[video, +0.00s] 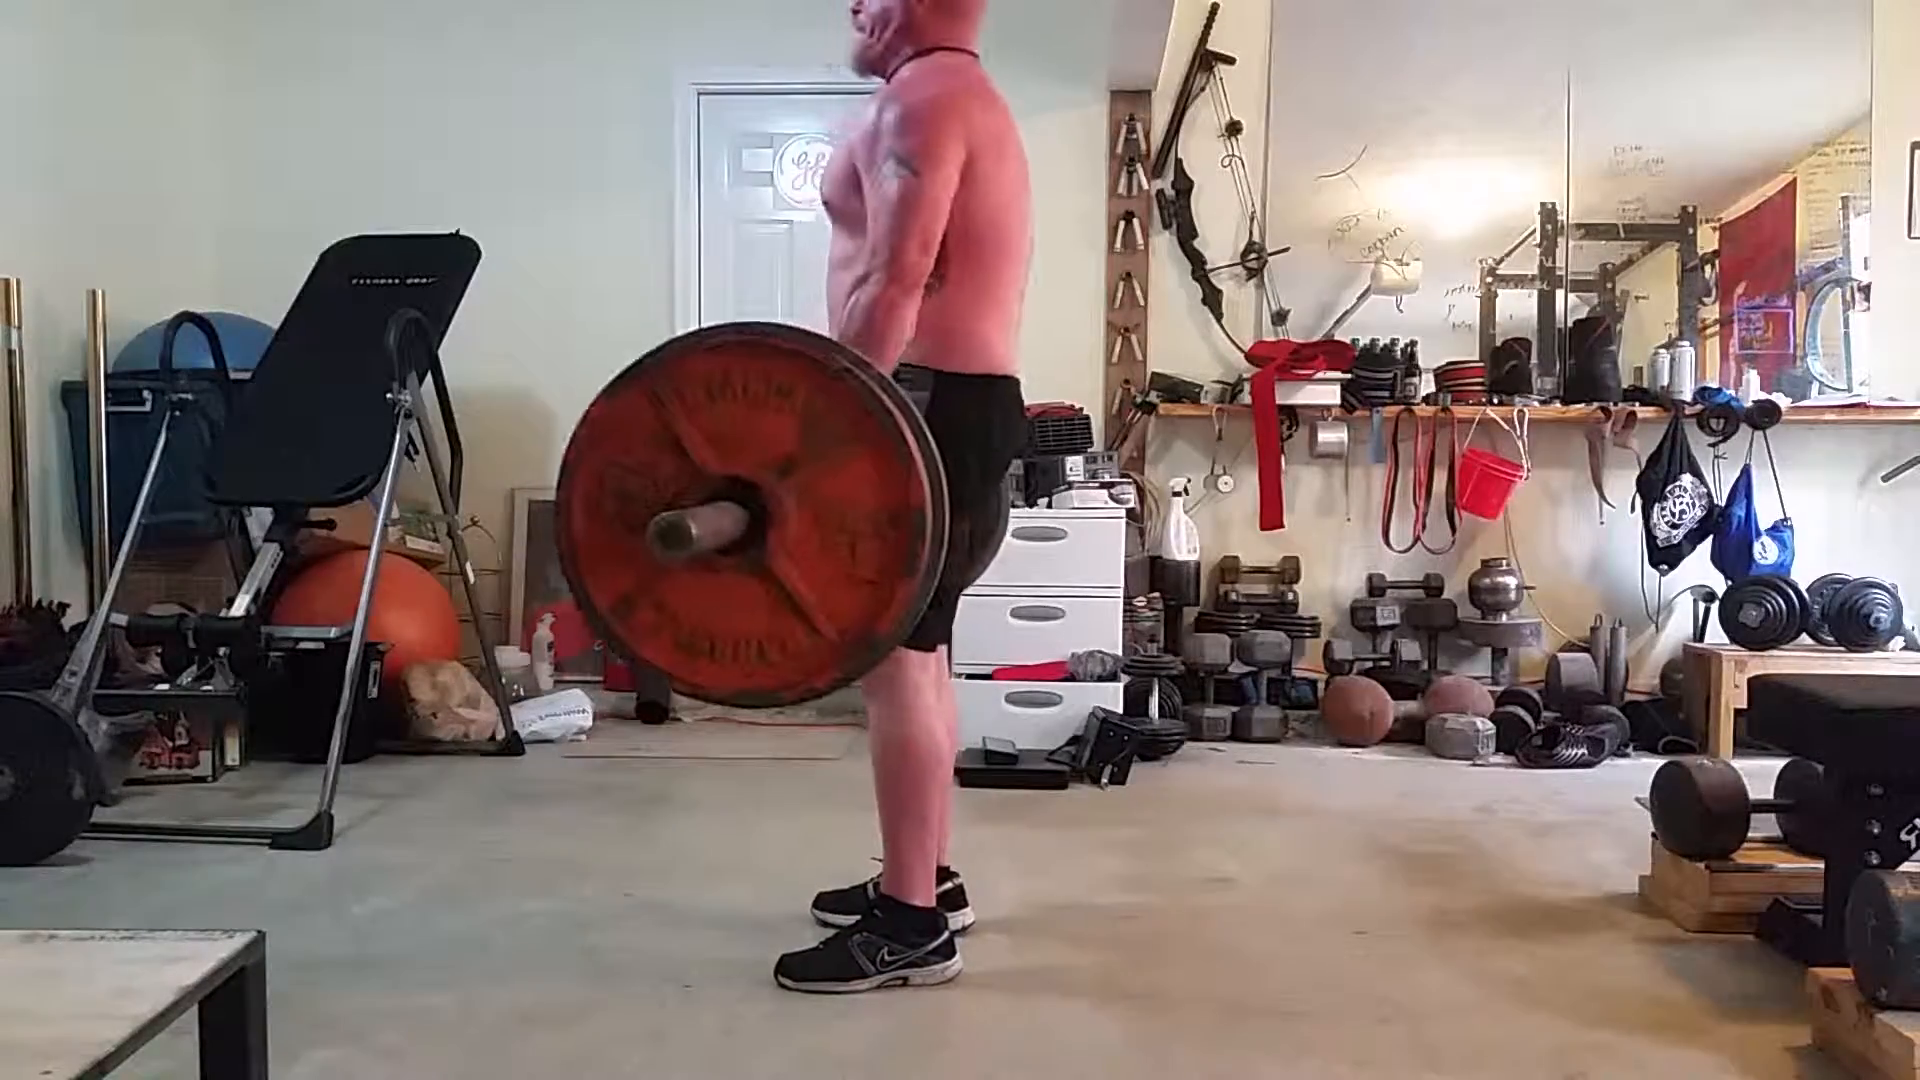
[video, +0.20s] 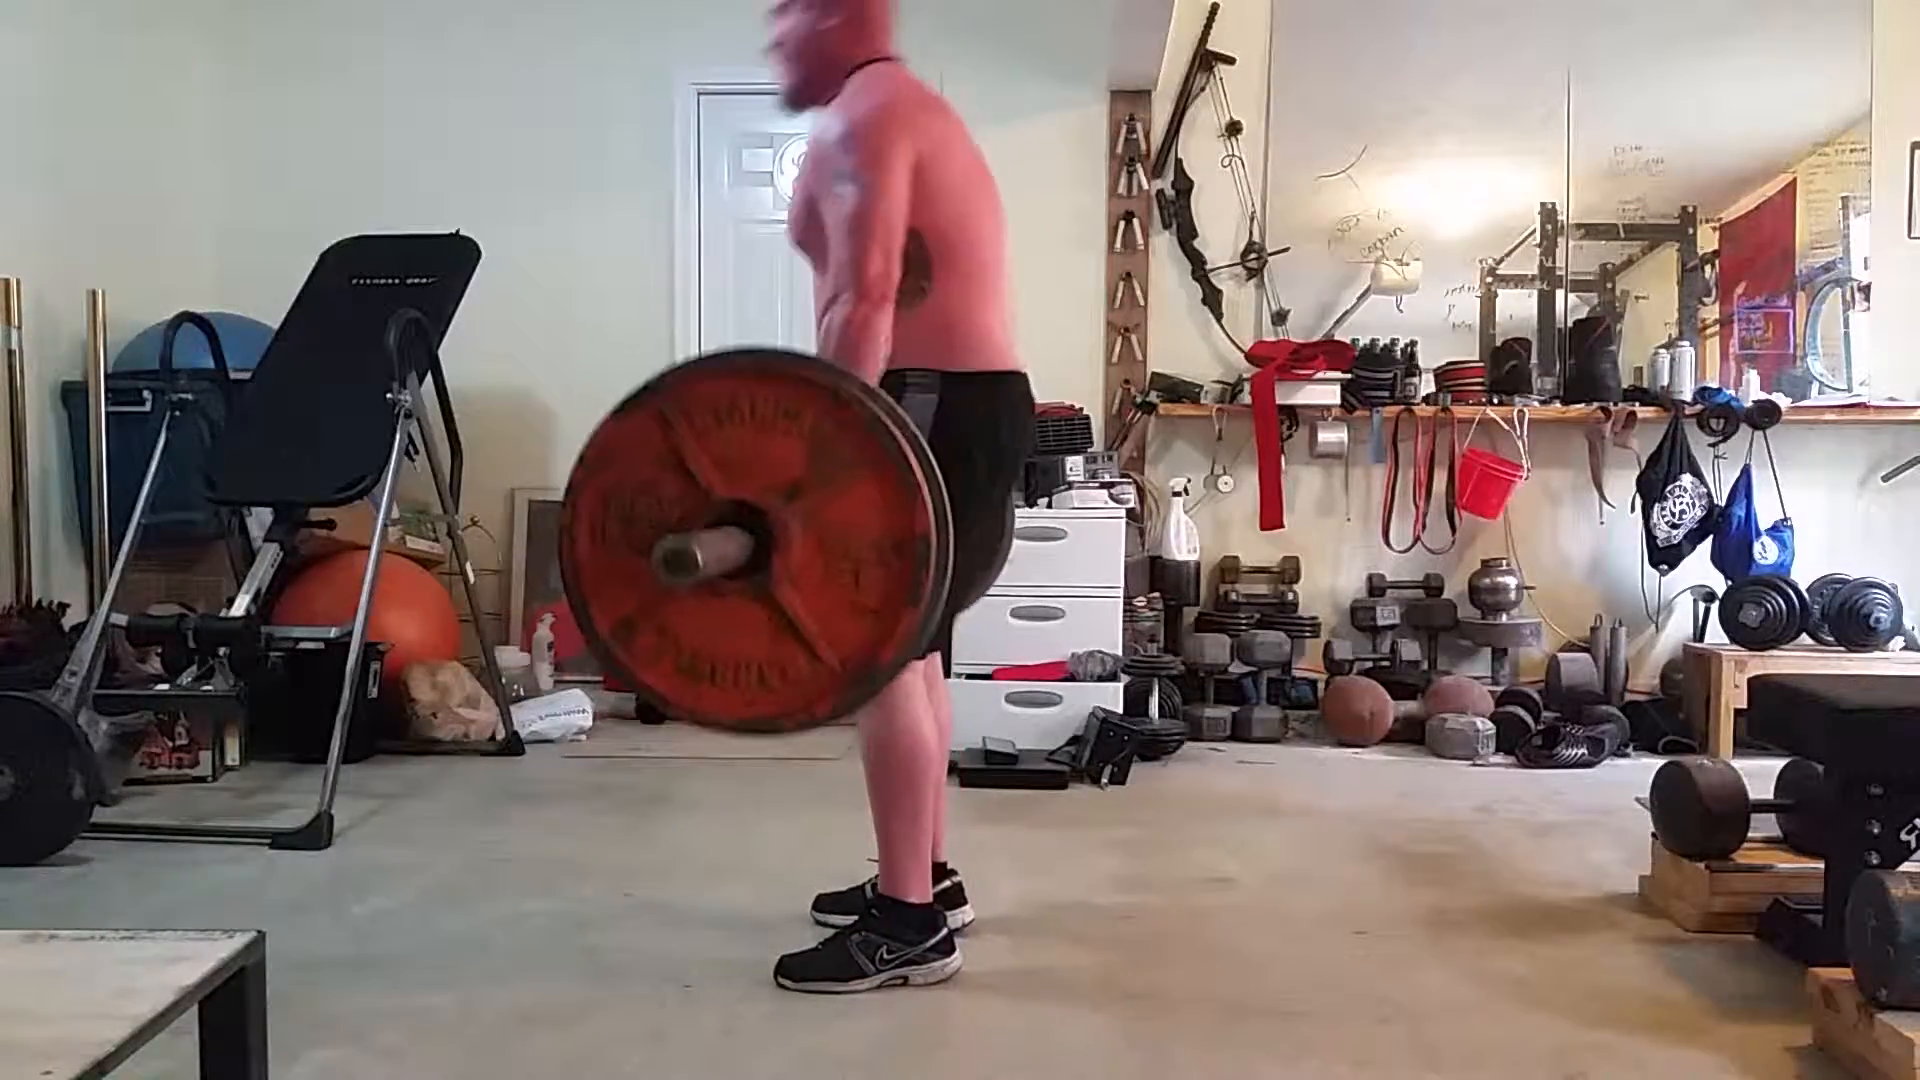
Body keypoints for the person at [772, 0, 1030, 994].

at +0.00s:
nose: (855, 11)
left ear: (913, 8)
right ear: (938, 15)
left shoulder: (928, 90)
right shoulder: (955, 94)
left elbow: (898, 280)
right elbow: (871, 283)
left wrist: (822, 428)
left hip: (933, 404)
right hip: (959, 404)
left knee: (896, 653)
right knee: (915, 650)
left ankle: (909, 919)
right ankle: (925, 880)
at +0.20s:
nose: (771, 35)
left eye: (786, 14)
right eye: (775, 17)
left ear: (838, 17)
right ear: (861, 23)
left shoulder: (864, 116)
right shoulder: (903, 110)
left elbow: (862, 302)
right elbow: (888, 302)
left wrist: (817, 468)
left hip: (933, 406)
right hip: (963, 406)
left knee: (888, 645)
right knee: (910, 644)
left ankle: (906, 919)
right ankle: (923, 876)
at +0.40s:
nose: (678, 155)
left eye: (682, 128)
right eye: (672, 135)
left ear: (734, 102)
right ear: (747, 105)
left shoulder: (800, 179)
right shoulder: (818, 169)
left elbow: (831, 358)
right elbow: (847, 356)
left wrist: (812, 532)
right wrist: (811, 529)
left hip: (958, 403)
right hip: (968, 399)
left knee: (909, 647)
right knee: (920, 645)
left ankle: (910, 912)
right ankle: (918, 876)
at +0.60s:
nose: (652, 268)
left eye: (647, 243)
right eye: (642, 253)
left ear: (684, 198)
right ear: (692, 196)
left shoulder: (769, 259)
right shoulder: (778, 258)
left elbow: (820, 442)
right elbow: (826, 452)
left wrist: (812, 612)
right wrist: (824, 607)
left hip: (985, 416)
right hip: (955, 425)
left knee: (909, 671)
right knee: (913, 664)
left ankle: (908, 916)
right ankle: (923, 878)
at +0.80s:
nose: (651, 352)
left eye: (642, 328)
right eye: (638, 336)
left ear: (673, 280)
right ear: (685, 274)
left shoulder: (762, 331)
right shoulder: (774, 319)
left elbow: (815, 512)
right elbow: (863, 515)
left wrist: (813, 678)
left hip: (1008, 421)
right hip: (1013, 416)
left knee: (905, 664)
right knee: (930, 665)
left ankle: (910, 921)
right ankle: (921, 887)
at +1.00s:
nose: (649, 408)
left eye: (641, 387)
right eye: (637, 395)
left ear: (673, 337)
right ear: (680, 332)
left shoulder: (760, 392)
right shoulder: (781, 364)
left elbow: (812, 565)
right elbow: (861, 544)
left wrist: (812, 732)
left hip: (1016, 430)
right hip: (1036, 420)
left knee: (897, 658)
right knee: (922, 657)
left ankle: (920, 910)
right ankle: (929, 890)